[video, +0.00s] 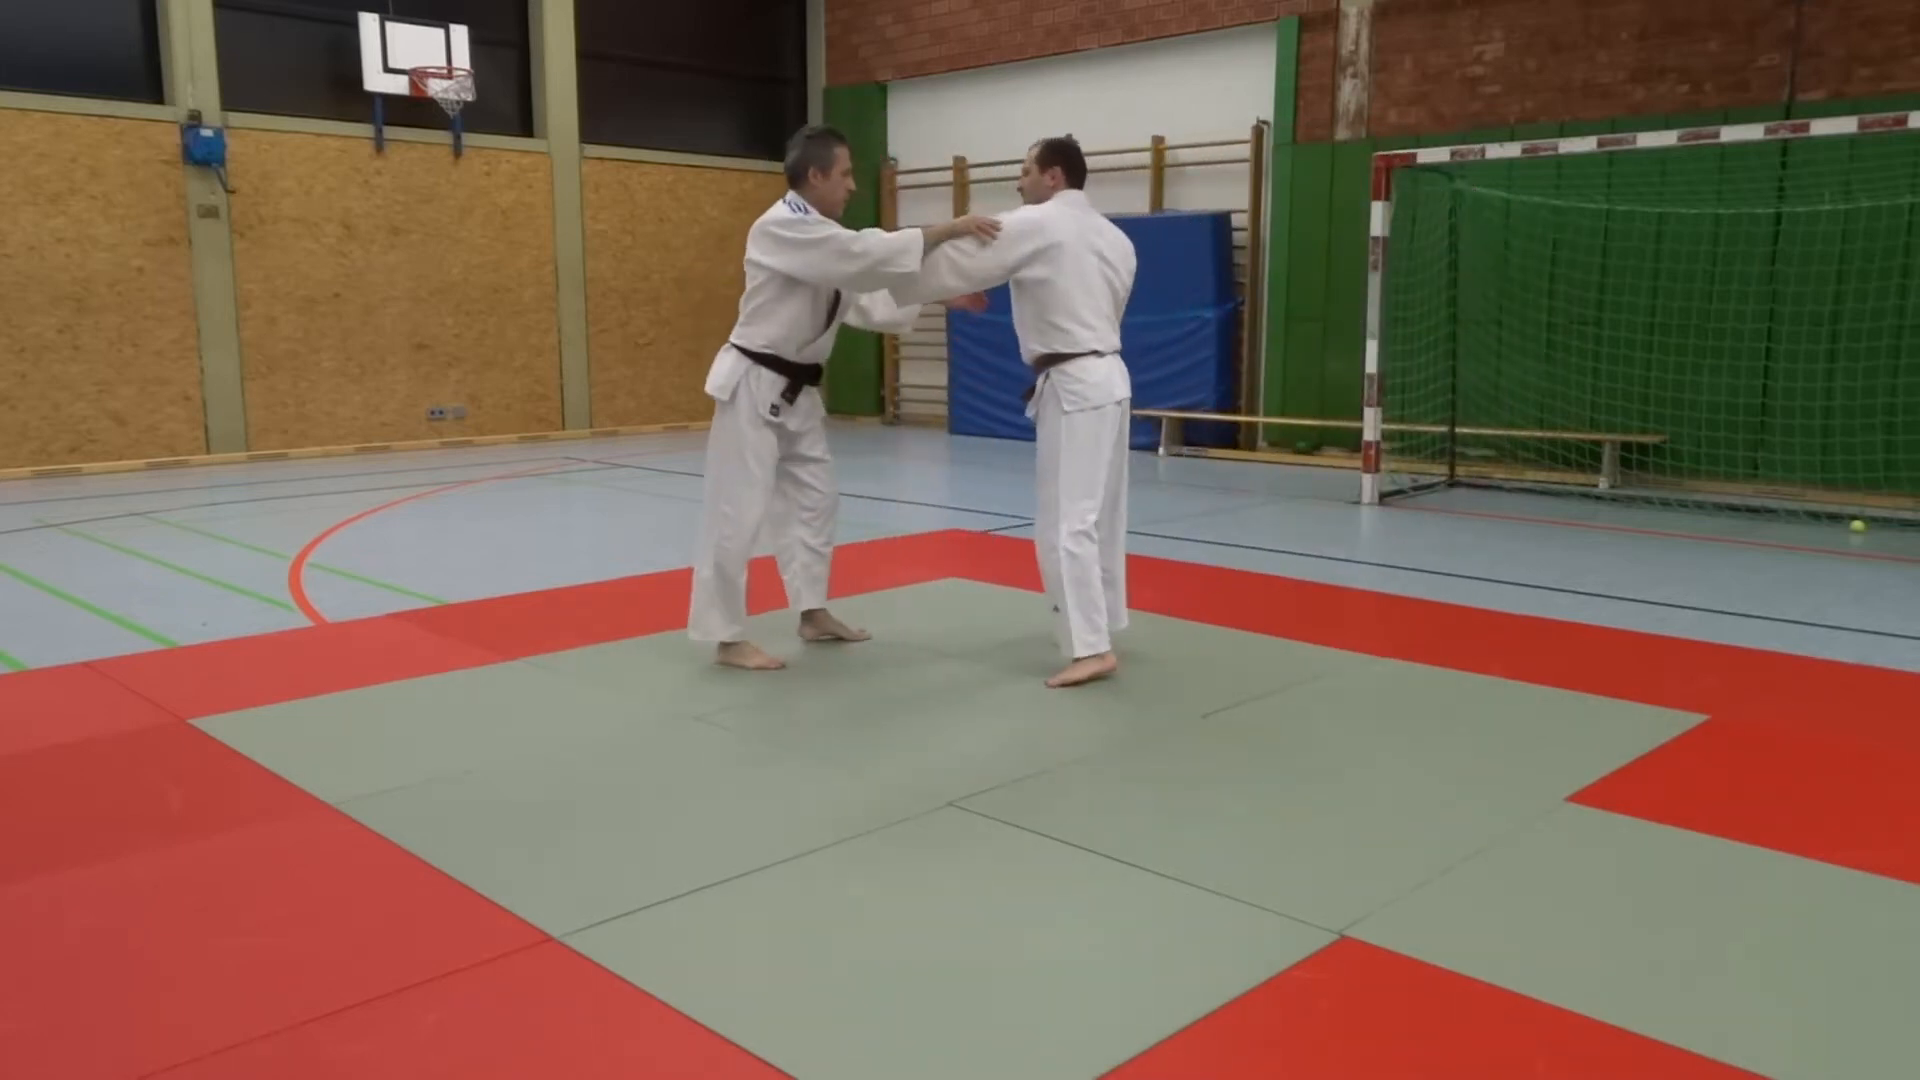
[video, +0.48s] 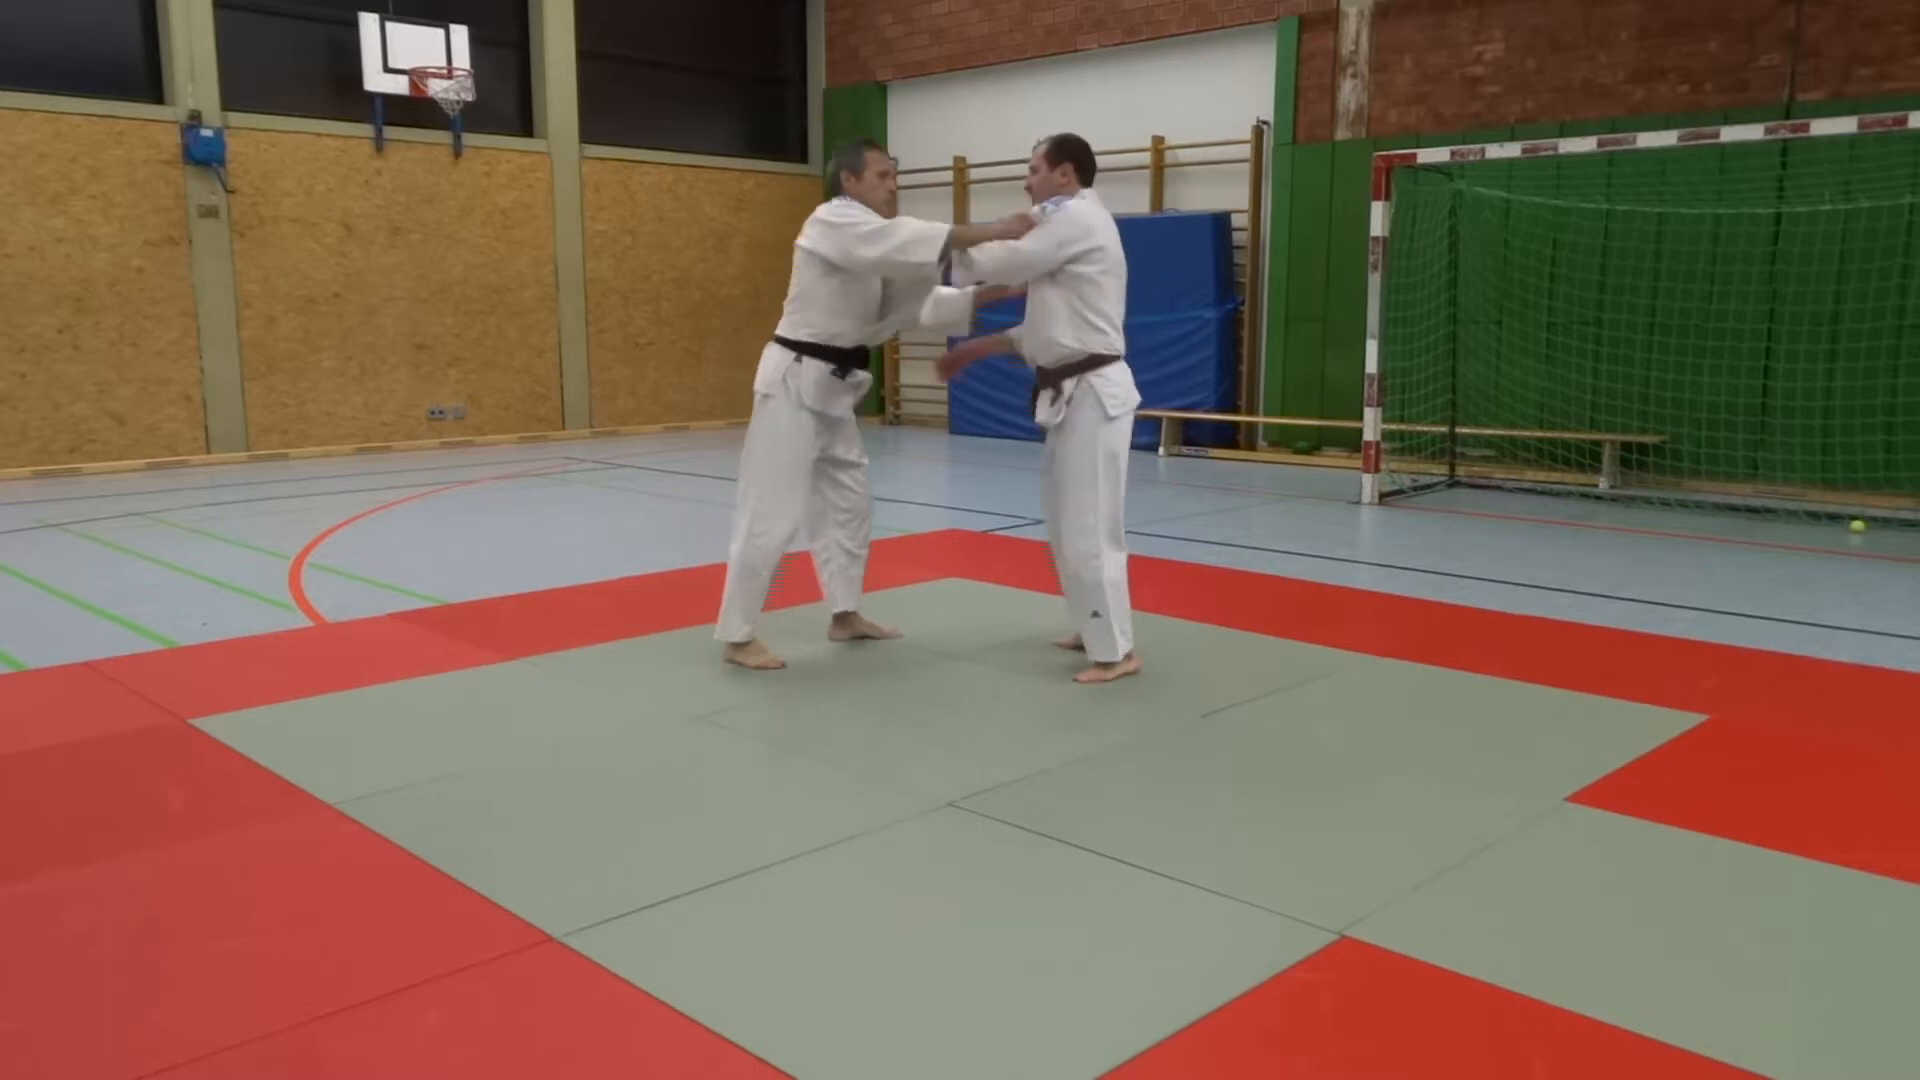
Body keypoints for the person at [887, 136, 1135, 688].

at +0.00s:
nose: (1020, 182)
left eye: (1027, 172)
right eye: (1022, 172)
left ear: (1055, 175)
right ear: (1070, 177)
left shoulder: (1036, 222)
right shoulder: (1116, 239)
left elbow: (955, 264)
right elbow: (1102, 317)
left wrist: (877, 276)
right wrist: (1051, 368)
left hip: (1073, 386)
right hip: (1113, 380)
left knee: (1067, 521)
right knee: (1105, 514)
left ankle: (1091, 650)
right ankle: (1108, 624)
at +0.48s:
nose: (1027, 179)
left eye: (1034, 170)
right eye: (1029, 170)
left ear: (1066, 174)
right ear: (1067, 176)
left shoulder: (1079, 218)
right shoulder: (1072, 224)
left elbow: (1012, 260)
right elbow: (1050, 328)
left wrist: (946, 252)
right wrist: (975, 349)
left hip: (1094, 393)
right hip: (1070, 393)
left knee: (1087, 525)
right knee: (1065, 520)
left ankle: (1115, 651)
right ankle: (1095, 628)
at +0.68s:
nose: (998, 192)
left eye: (1010, 184)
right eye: (997, 182)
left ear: (1044, 192)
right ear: (1000, 190)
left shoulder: (1075, 238)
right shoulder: (998, 253)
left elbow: (1028, 299)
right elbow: (971, 342)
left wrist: (962, 292)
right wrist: (895, 354)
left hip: (1082, 401)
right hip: (1024, 405)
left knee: (1107, 531)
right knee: (1000, 533)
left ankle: (1131, 653)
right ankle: (1041, 591)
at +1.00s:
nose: (972, 200)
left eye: (985, 192)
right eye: (967, 190)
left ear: (1014, 200)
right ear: (961, 195)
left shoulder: (1051, 254)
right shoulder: (950, 263)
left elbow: (1039, 319)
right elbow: (898, 310)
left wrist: (965, 299)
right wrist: (827, 332)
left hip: (1036, 408)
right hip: (972, 409)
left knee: (1067, 534)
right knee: (958, 540)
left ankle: (1113, 650)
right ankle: (965, 628)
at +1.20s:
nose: (968, 195)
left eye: (979, 185)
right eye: (963, 185)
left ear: (1013, 189)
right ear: (959, 188)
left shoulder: (1040, 245)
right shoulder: (951, 232)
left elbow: (1003, 308)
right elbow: (906, 272)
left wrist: (944, 281)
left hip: (1031, 400)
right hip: (971, 397)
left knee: (1062, 525)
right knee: (955, 527)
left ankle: (1099, 641)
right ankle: (966, 629)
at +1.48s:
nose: (984, 183)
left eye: (995, 174)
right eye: (982, 174)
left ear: (1031, 178)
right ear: (991, 179)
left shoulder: (1042, 236)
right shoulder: (987, 232)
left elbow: (970, 274)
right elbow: (941, 273)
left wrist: (894, 267)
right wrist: (892, 292)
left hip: (1034, 394)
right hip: (980, 393)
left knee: (1060, 525)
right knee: (964, 520)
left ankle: (1096, 642)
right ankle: (972, 626)